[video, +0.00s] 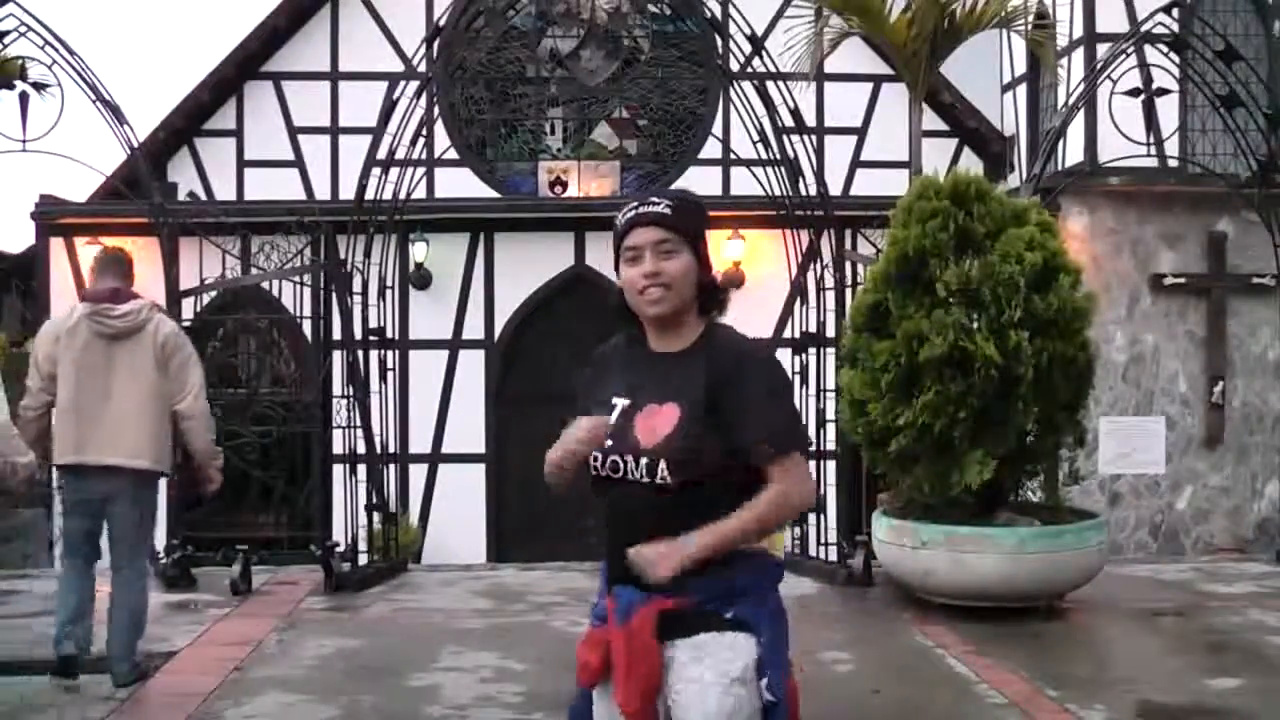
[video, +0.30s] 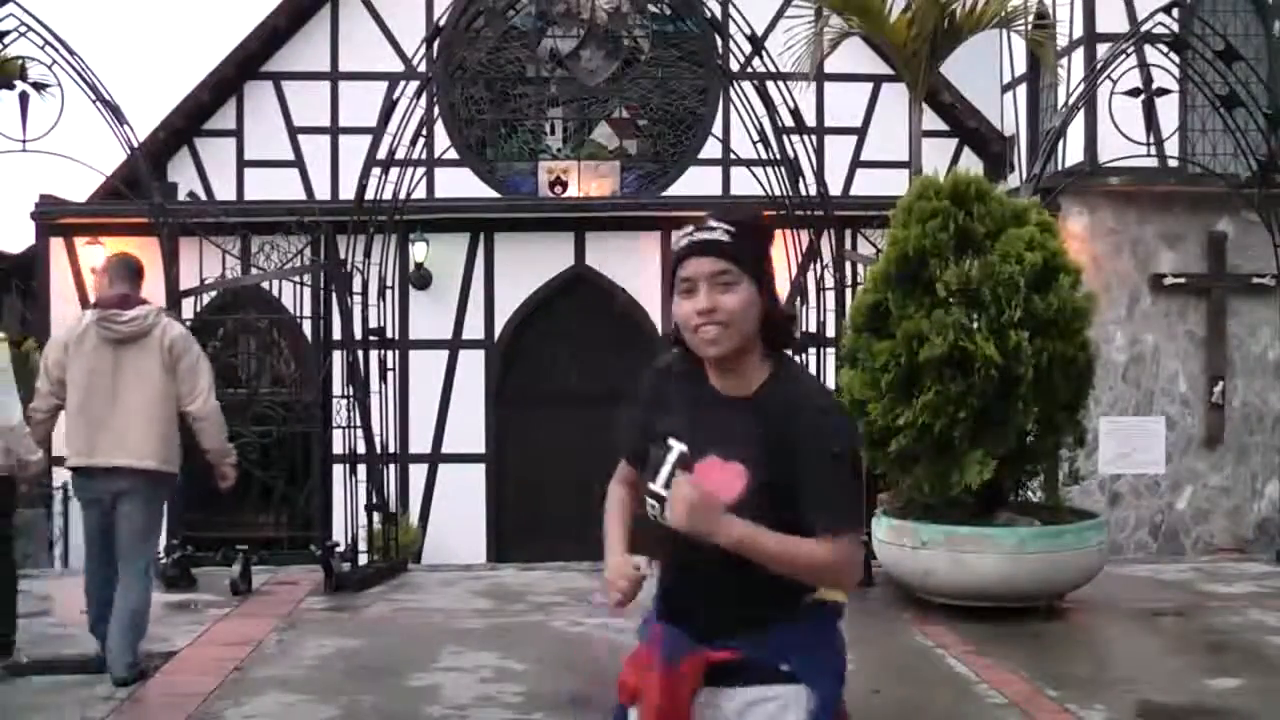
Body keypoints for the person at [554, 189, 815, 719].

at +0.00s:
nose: (648, 270)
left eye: (667, 253)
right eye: (633, 257)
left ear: (701, 266)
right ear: (619, 273)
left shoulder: (745, 364)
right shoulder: (610, 361)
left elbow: (796, 488)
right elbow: (561, 481)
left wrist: (688, 549)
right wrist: (568, 451)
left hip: (728, 606)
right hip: (625, 606)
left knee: (752, 709)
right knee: (592, 711)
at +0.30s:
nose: (704, 305)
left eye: (725, 285)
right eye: (687, 290)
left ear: (764, 296)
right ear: (673, 306)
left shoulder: (813, 413)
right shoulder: (666, 384)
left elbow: (845, 565)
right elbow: (625, 480)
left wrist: (721, 526)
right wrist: (616, 555)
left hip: (783, 649)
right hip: (678, 640)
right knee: (639, 707)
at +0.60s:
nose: (728, 335)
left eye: (752, 313)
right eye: (711, 315)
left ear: (794, 321)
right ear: (695, 324)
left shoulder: (836, 433)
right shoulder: (690, 387)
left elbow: (908, 580)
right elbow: (632, 491)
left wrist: (790, 651)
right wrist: (670, 517)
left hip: (823, 683)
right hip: (713, 670)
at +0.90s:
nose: (724, 324)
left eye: (748, 302)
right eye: (706, 305)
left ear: (791, 312)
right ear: (690, 316)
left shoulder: (838, 427)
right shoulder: (684, 390)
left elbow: (887, 584)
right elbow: (635, 488)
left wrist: (751, 575)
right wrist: (624, 555)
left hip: (809, 684)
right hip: (700, 669)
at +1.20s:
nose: (674, 284)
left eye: (695, 267)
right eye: (657, 268)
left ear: (729, 282)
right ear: (639, 285)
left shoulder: (767, 384)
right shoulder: (623, 375)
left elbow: (829, 513)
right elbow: (573, 493)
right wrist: (611, 527)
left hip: (752, 665)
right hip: (644, 660)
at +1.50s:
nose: (620, 273)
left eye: (639, 256)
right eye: (603, 258)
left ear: (668, 271)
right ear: (585, 275)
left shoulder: (720, 360)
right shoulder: (566, 373)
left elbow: (781, 473)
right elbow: (521, 497)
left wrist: (679, 519)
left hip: (716, 616)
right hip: (604, 618)